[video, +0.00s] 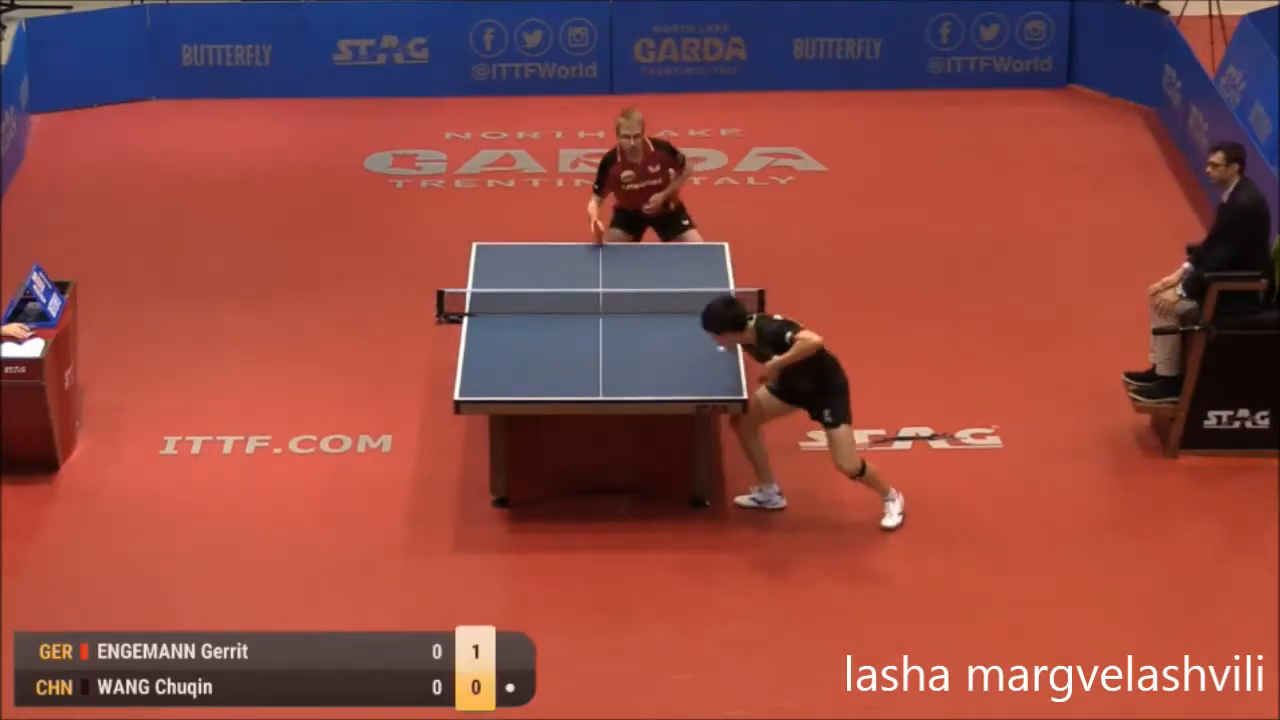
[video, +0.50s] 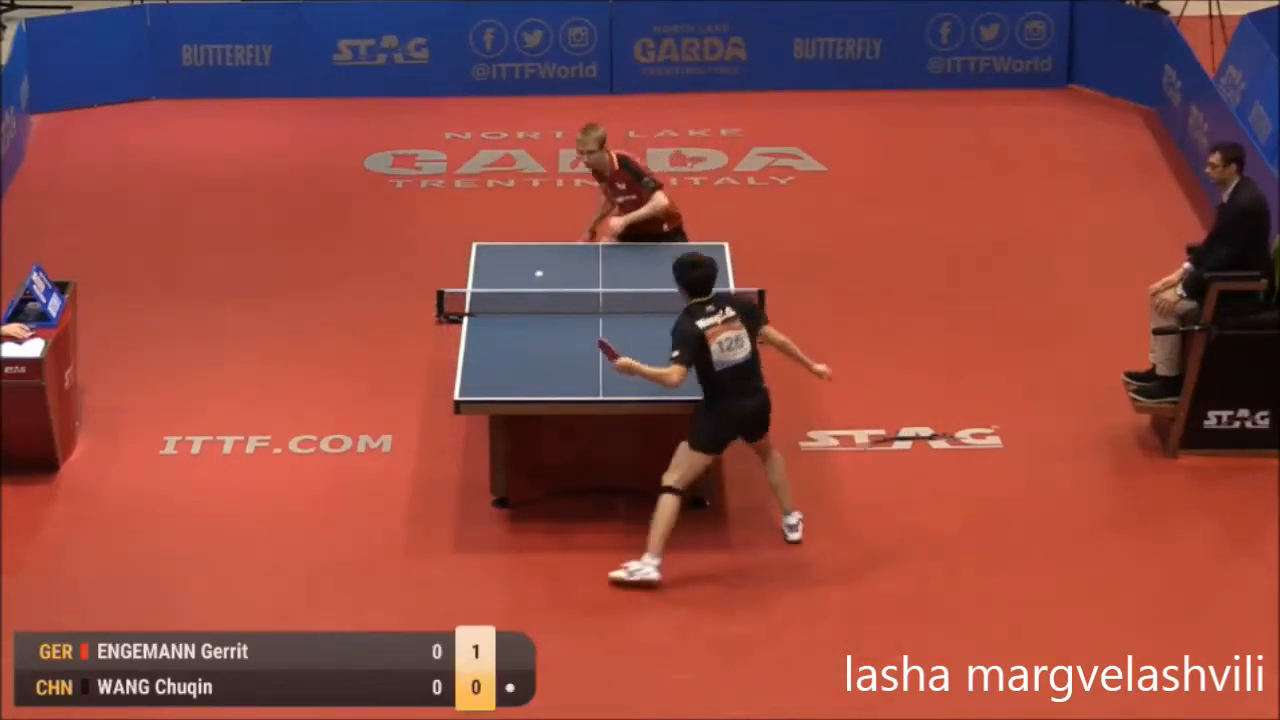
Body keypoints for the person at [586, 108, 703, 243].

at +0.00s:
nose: (632, 143)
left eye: (636, 137)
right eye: (626, 137)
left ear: (643, 133)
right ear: (617, 137)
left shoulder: (662, 149)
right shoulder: (610, 161)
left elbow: (686, 169)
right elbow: (596, 198)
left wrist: (664, 195)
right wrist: (594, 219)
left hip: (666, 209)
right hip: (628, 213)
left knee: (697, 251)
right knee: (610, 255)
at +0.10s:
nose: (627, 145)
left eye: (632, 139)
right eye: (621, 140)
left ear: (639, 136)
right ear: (613, 140)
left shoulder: (658, 150)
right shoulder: (607, 161)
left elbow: (686, 168)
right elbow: (592, 198)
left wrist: (662, 195)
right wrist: (589, 221)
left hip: (664, 209)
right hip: (628, 212)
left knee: (696, 251)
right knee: (609, 255)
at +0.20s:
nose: (623, 150)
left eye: (628, 144)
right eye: (617, 145)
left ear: (636, 140)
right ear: (610, 143)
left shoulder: (658, 155)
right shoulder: (606, 165)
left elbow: (688, 174)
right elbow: (590, 199)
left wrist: (663, 200)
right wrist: (577, 225)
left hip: (667, 212)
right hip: (630, 215)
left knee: (697, 252)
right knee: (607, 252)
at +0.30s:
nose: (619, 152)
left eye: (624, 146)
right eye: (614, 146)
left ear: (635, 140)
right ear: (608, 144)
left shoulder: (660, 157)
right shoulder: (609, 167)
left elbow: (692, 181)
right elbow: (594, 198)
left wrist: (663, 203)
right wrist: (573, 217)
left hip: (671, 216)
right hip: (633, 218)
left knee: (698, 255)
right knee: (607, 251)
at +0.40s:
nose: (605, 154)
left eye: (609, 148)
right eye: (600, 148)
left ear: (621, 143)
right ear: (595, 146)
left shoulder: (646, 159)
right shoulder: (606, 167)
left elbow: (684, 193)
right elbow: (606, 194)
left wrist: (648, 211)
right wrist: (578, 220)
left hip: (670, 220)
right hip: (635, 219)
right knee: (606, 249)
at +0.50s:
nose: (585, 159)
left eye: (590, 153)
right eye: (581, 153)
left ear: (604, 149)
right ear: (578, 151)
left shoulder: (627, 164)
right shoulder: (597, 172)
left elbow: (662, 202)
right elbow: (610, 199)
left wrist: (624, 221)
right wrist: (593, 227)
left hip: (665, 232)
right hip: (634, 232)